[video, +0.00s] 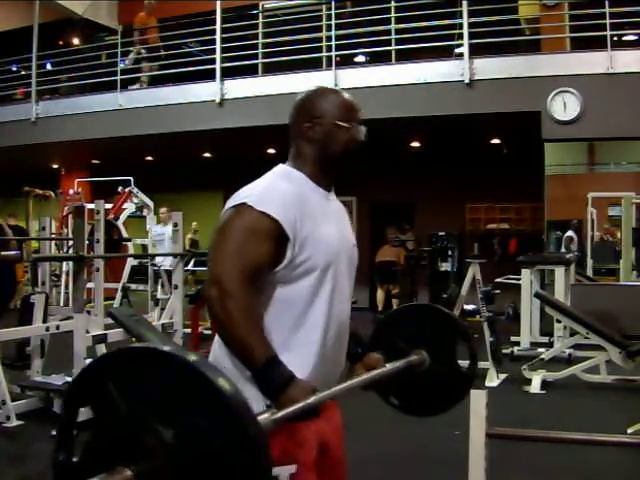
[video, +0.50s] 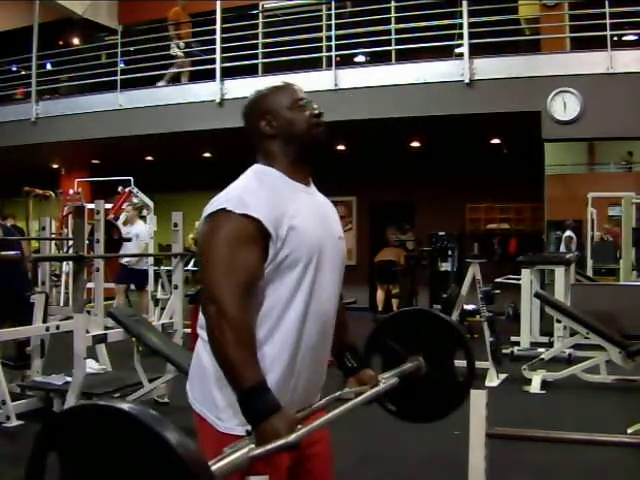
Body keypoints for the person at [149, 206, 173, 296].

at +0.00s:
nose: (161, 216)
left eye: (164, 213)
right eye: (160, 213)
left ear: (169, 214)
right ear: (158, 215)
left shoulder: (172, 227)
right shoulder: (155, 228)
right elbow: (153, 239)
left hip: (170, 254)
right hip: (158, 254)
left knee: (165, 269)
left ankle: (168, 291)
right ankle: (154, 292)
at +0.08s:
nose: (156, 216)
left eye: (158, 214)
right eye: (154, 214)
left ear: (164, 215)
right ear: (152, 215)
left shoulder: (169, 228)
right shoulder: (151, 228)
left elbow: (171, 243)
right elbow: (147, 242)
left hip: (165, 259)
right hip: (153, 259)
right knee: (153, 286)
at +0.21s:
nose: (147, 215)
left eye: (149, 213)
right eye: (145, 213)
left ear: (155, 214)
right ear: (143, 214)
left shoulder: (162, 230)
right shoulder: (141, 230)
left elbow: (165, 248)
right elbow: (138, 245)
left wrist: (162, 264)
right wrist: (138, 259)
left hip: (155, 264)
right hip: (143, 263)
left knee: (151, 292)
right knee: (146, 291)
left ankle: (149, 314)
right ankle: (146, 313)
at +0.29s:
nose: (141, 215)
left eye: (144, 212)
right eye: (140, 212)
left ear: (151, 213)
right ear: (139, 214)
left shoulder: (157, 229)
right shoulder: (136, 229)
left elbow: (159, 247)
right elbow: (132, 245)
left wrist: (156, 262)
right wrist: (132, 259)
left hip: (150, 264)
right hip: (137, 263)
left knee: (149, 292)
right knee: (139, 290)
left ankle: (147, 316)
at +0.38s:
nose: (135, 215)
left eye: (138, 212)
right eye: (135, 212)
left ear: (146, 213)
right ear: (135, 213)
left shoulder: (152, 229)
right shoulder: (132, 229)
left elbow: (153, 247)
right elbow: (129, 245)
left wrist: (147, 261)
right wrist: (128, 258)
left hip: (146, 264)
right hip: (133, 263)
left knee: (145, 291)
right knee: (130, 289)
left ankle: (145, 314)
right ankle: (136, 312)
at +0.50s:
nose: (126, 214)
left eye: (129, 212)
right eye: (126, 212)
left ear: (136, 212)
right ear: (125, 212)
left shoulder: (142, 227)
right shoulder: (126, 227)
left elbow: (144, 246)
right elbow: (117, 232)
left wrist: (134, 260)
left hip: (140, 264)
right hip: (125, 263)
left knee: (142, 291)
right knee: (120, 289)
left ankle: (144, 315)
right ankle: (119, 315)